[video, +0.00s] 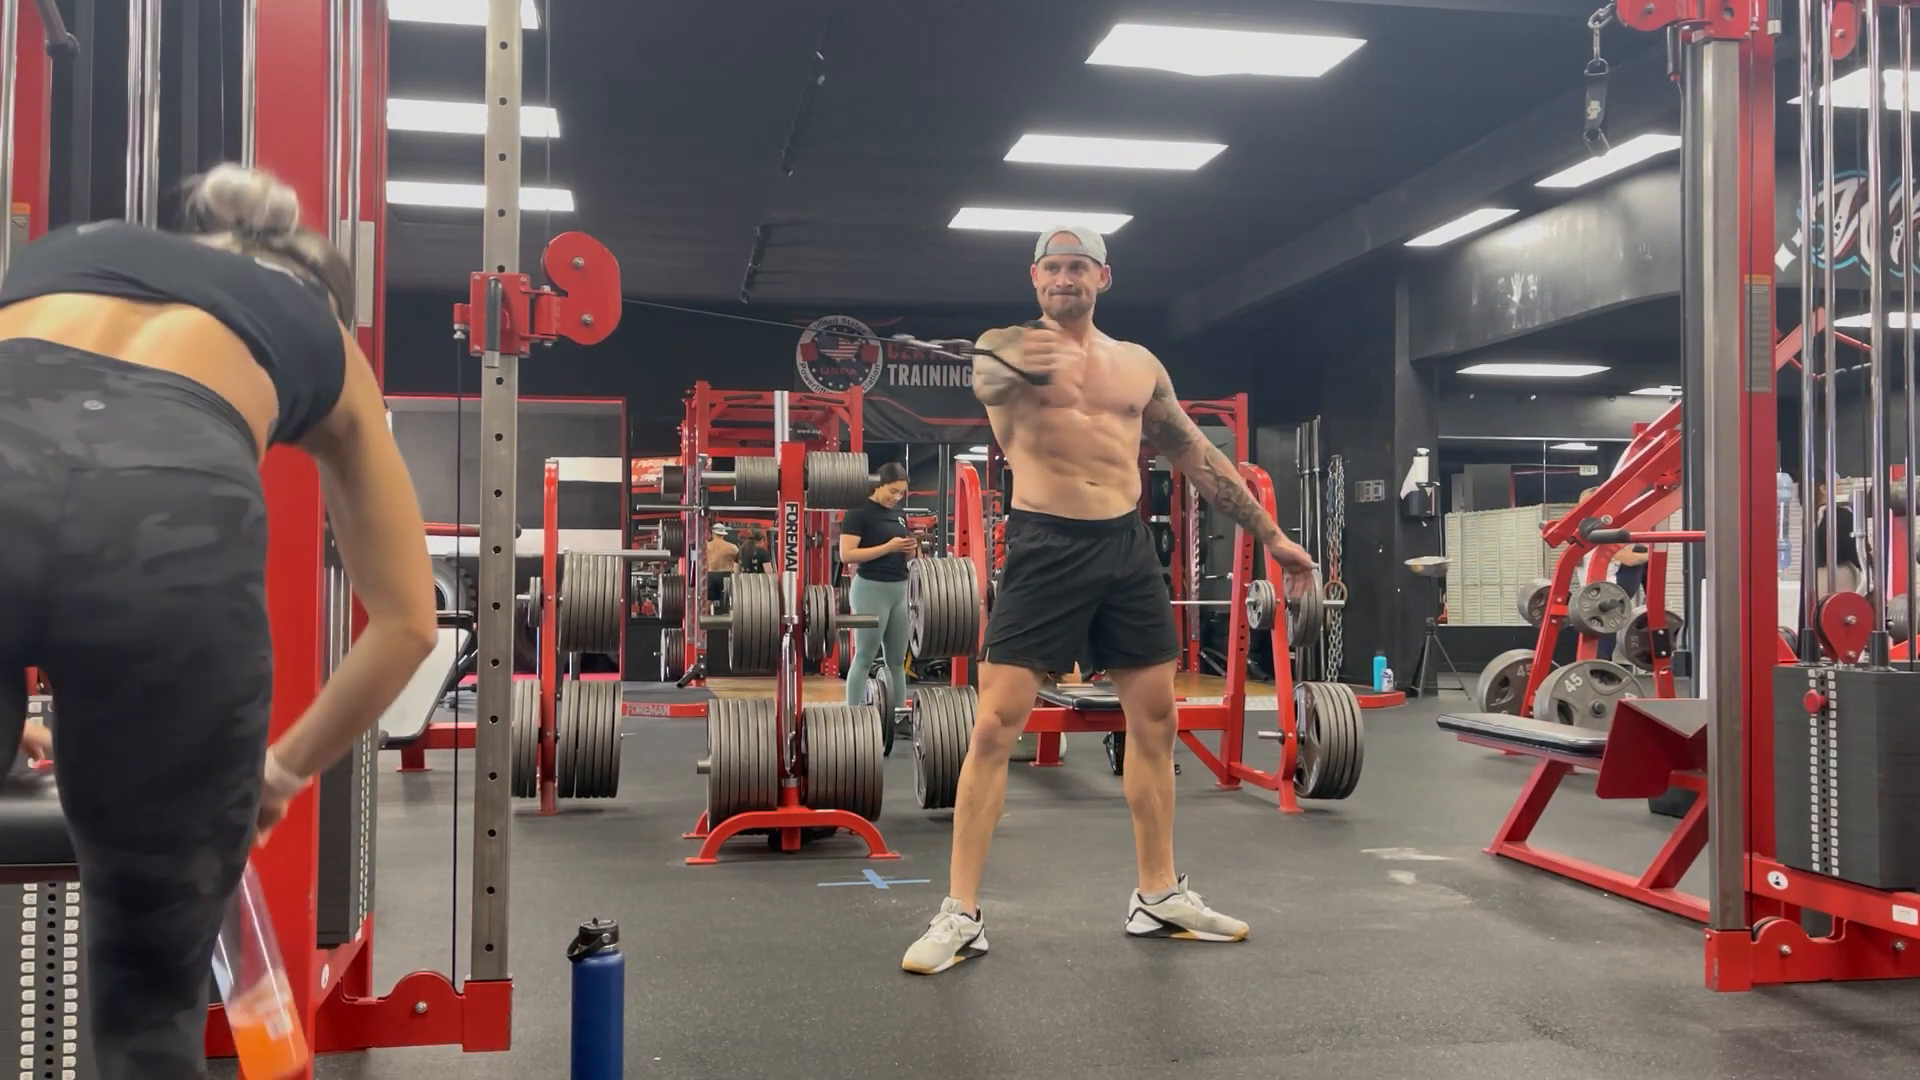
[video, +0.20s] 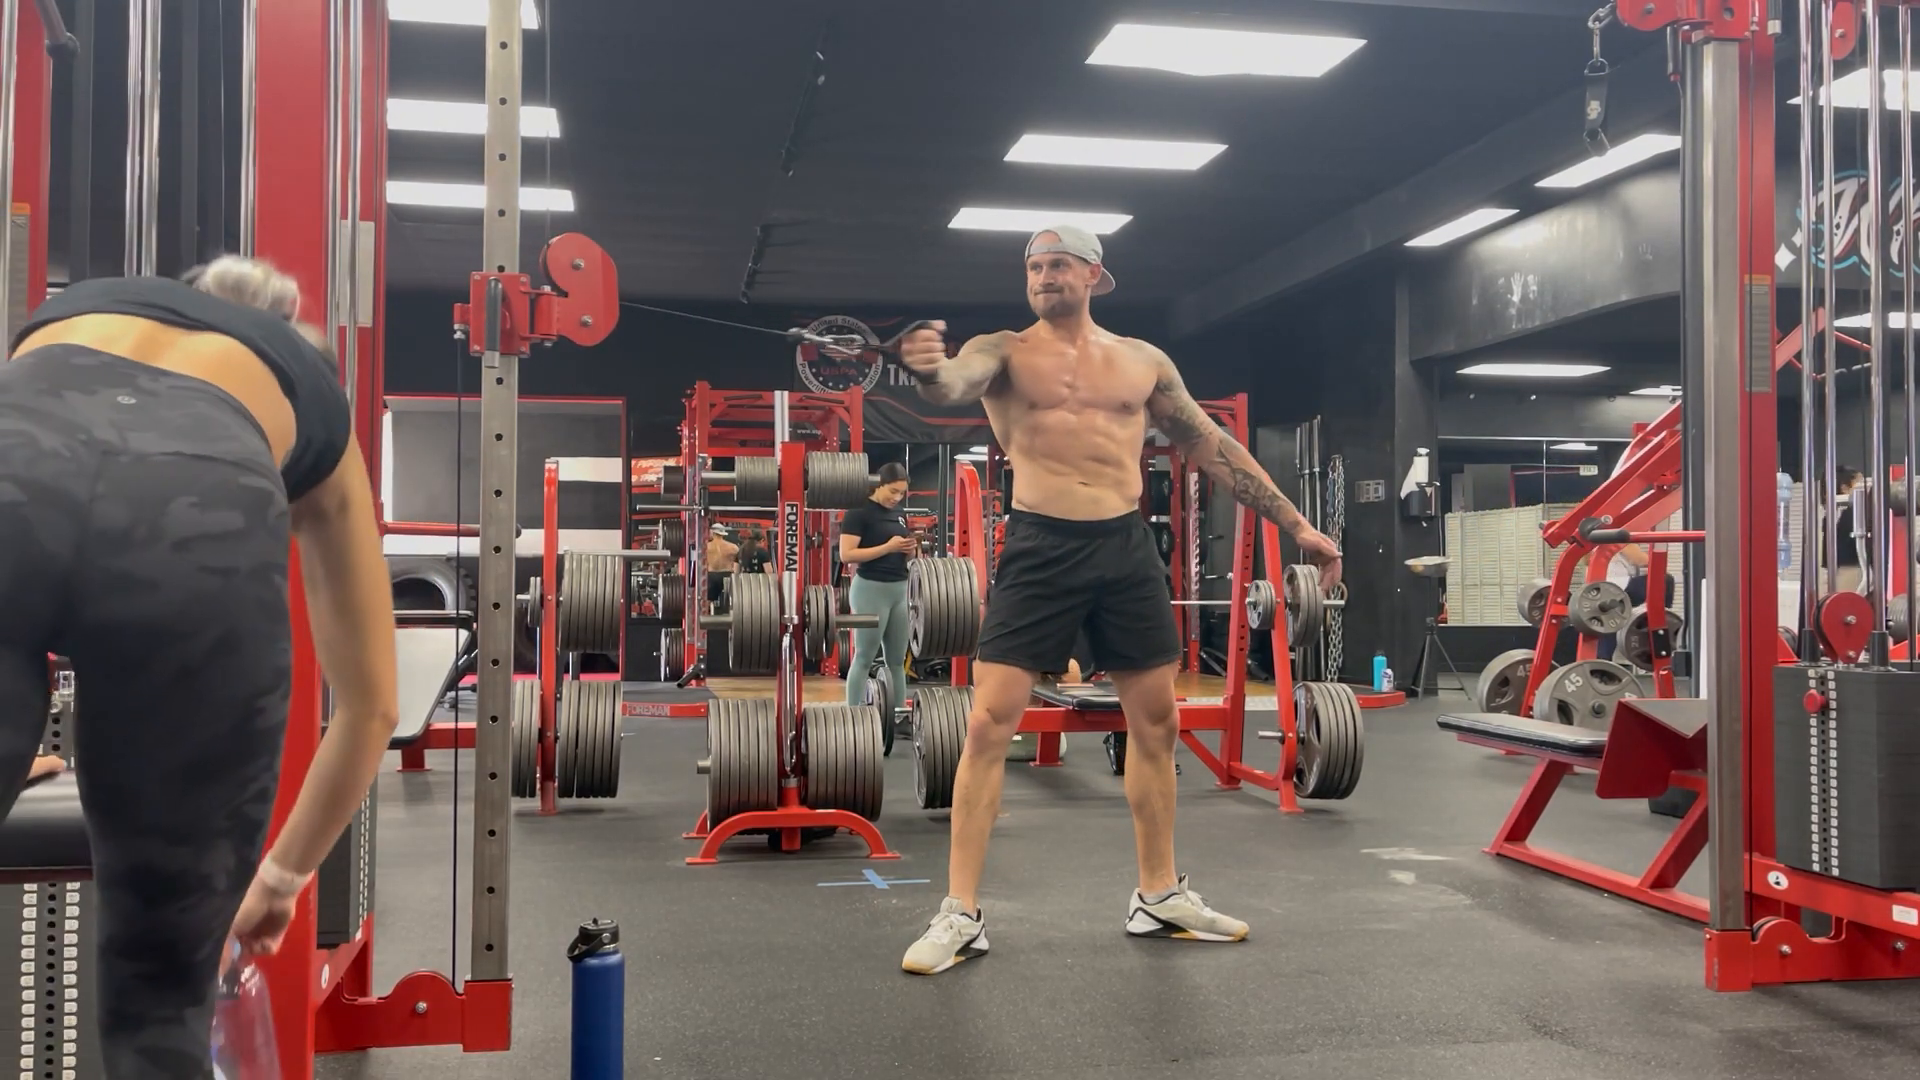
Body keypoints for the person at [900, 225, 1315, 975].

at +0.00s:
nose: (1065, 278)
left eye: (1079, 266)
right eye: (1053, 267)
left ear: (1104, 279)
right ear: (1034, 278)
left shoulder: (1140, 365)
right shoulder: (1005, 346)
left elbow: (1203, 460)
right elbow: (988, 383)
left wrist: (1272, 536)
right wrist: (1021, 365)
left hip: (1129, 551)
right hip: (1042, 552)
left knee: (1156, 719)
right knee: (993, 725)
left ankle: (1158, 894)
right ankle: (960, 910)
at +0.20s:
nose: (1045, 275)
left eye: (1059, 263)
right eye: (1035, 266)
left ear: (1095, 277)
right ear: (1026, 280)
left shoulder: (1144, 361)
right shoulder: (1001, 348)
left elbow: (1220, 450)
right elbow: (952, 382)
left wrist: (1300, 528)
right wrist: (926, 365)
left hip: (1127, 548)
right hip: (1036, 549)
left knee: (1156, 722)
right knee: (988, 724)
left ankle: (1159, 895)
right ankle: (960, 909)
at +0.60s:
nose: (1067, 269)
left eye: (1081, 259)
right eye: (1054, 259)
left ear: (1103, 280)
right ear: (1032, 277)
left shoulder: (1139, 364)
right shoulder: (1005, 342)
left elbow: (1207, 460)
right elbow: (967, 387)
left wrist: (1280, 532)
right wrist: (990, 368)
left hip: (1120, 549)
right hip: (1033, 548)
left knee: (1159, 718)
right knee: (986, 724)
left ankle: (1159, 894)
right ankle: (959, 910)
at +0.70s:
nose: (1080, 274)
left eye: (1092, 265)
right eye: (1066, 262)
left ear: (1107, 281)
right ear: (1038, 276)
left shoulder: (1134, 365)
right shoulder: (1004, 348)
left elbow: (1191, 465)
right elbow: (1005, 381)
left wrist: (1256, 541)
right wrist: (1051, 371)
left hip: (1122, 552)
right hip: (1039, 551)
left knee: (1157, 716)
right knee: (991, 727)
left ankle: (1158, 893)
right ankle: (959, 910)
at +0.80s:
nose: (1086, 274)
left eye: (1096, 265)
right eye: (1070, 262)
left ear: (1107, 282)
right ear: (1037, 277)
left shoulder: (1123, 371)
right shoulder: (1004, 349)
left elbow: (1173, 466)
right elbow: (1042, 384)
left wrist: (1230, 541)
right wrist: (1131, 366)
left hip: (1124, 553)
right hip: (1042, 548)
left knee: (1157, 715)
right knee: (992, 729)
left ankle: (1159, 893)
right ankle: (958, 909)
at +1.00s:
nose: (1105, 277)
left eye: (1110, 268)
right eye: (1089, 264)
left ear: (1109, 283)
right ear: (1047, 275)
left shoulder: (1115, 371)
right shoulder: (1018, 350)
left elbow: (1144, 464)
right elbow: (1111, 381)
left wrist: (1191, 541)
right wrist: (1235, 372)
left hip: (1126, 552)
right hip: (1050, 550)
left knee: (1157, 716)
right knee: (1003, 731)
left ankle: (1159, 893)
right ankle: (960, 909)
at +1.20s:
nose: (1120, 284)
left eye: (1122, 273)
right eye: (1106, 270)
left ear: (1104, 285)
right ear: (1061, 275)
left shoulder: (1101, 363)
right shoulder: (1040, 344)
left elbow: (1113, 472)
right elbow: (1156, 383)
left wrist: (1149, 546)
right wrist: (1277, 383)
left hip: (1124, 556)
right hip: (1055, 550)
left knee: (1155, 716)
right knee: (1013, 733)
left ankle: (1159, 894)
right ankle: (960, 910)